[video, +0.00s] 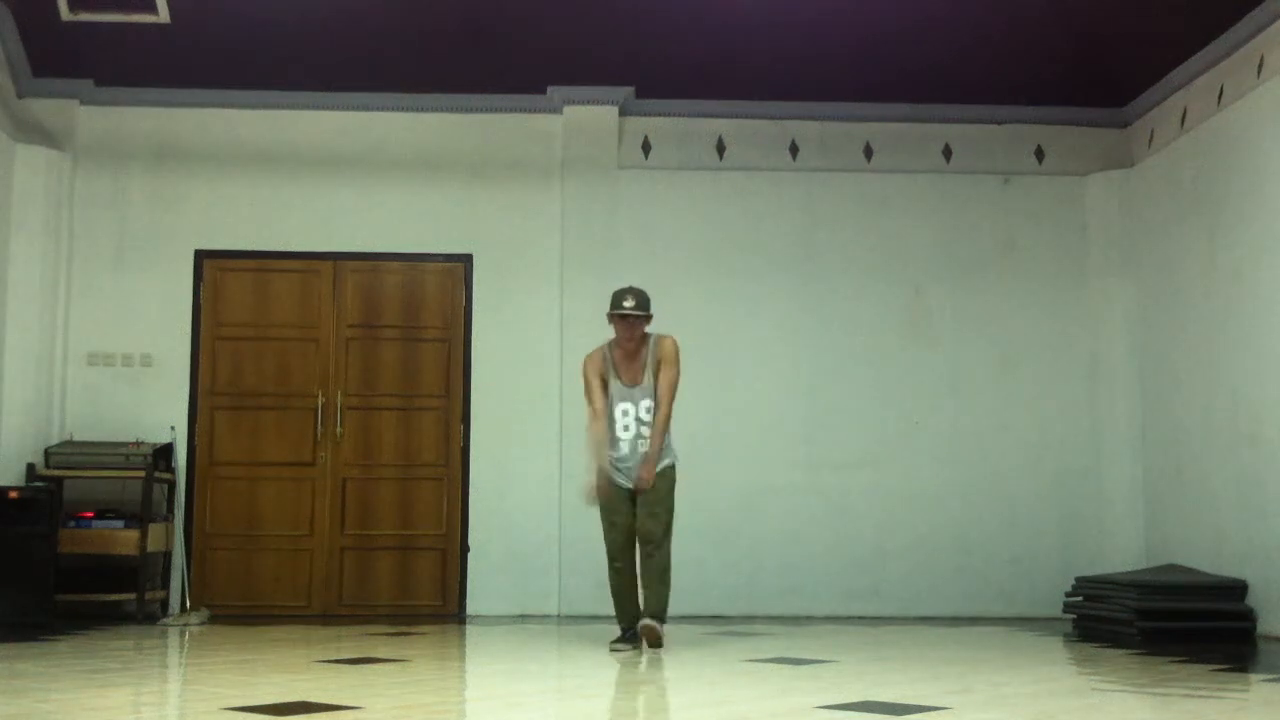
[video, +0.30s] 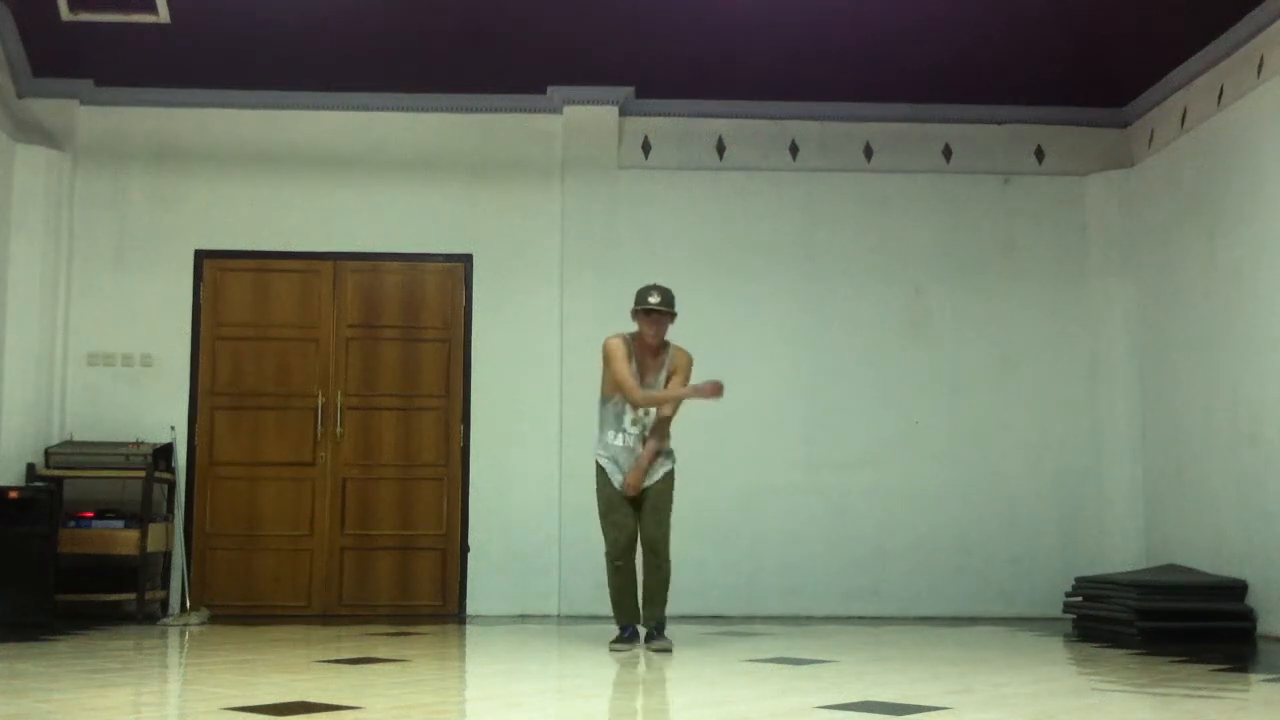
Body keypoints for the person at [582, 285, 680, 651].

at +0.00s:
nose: (628, 326)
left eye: (635, 320)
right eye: (621, 319)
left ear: (647, 321)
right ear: (611, 320)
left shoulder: (664, 348)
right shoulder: (595, 360)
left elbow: (664, 407)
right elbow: (598, 417)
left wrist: (651, 460)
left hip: (655, 465)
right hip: (613, 468)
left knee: (653, 542)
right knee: (618, 550)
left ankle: (653, 621)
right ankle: (629, 627)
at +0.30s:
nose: (655, 322)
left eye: (662, 316)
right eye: (648, 314)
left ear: (672, 319)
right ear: (635, 316)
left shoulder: (680, 359)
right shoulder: (616, 346)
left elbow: (664, 419)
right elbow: (636, 396)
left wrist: (641, 468)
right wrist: (692, 391)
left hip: (658, 462)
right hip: (614, 463)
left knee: (656, 546)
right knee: (620, 548)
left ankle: (656, 628)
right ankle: (628, 627)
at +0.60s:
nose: (654, 328)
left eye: (662, 322)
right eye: (648, 321)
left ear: (673, 326)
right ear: (637, 324)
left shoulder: (686, 365)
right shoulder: (619, 356)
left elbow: (675, 424)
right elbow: (616, 419)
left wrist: (658, 475)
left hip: (666, 468)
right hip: (621, 467)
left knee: (662, 547)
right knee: (627, 544)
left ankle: (656, 628)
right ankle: (630, 624)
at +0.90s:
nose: (631, 313)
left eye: (638, 307)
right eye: (624, 307)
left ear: (651, 310)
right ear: (615, 312)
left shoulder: (672, 346)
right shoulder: (601, 356)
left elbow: (683, 403)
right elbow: (570, 404)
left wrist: (664, 457)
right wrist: (538, 443)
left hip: (663, 465)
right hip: (619, 467)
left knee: (659, 549)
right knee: (620, 549)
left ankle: (655, 629)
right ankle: (626, 627)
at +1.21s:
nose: (628, 315)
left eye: (635, 309)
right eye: (621, 309)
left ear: (646, 312)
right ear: (611, 312)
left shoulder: (666, 345)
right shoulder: (596, 361)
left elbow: (685, 397)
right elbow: (591, 419)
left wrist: (667, 442)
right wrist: (572, 463)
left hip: (653, 463)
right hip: (610, 466)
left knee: (648, 541)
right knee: (614, 548)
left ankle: (647, 622)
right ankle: (624, 629)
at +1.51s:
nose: (644, 308)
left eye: (652, 302)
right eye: (637, 301)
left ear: (663, 307)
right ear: (627, 304)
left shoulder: (673, 347)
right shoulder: (606, 342)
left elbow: (674, 399)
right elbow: (601, 401)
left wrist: (669, 439)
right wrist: (639, 438)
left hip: (655, 460)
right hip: (612, 460)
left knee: (654, 542)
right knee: (614, 546)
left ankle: (650, 625)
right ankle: (622, 627)